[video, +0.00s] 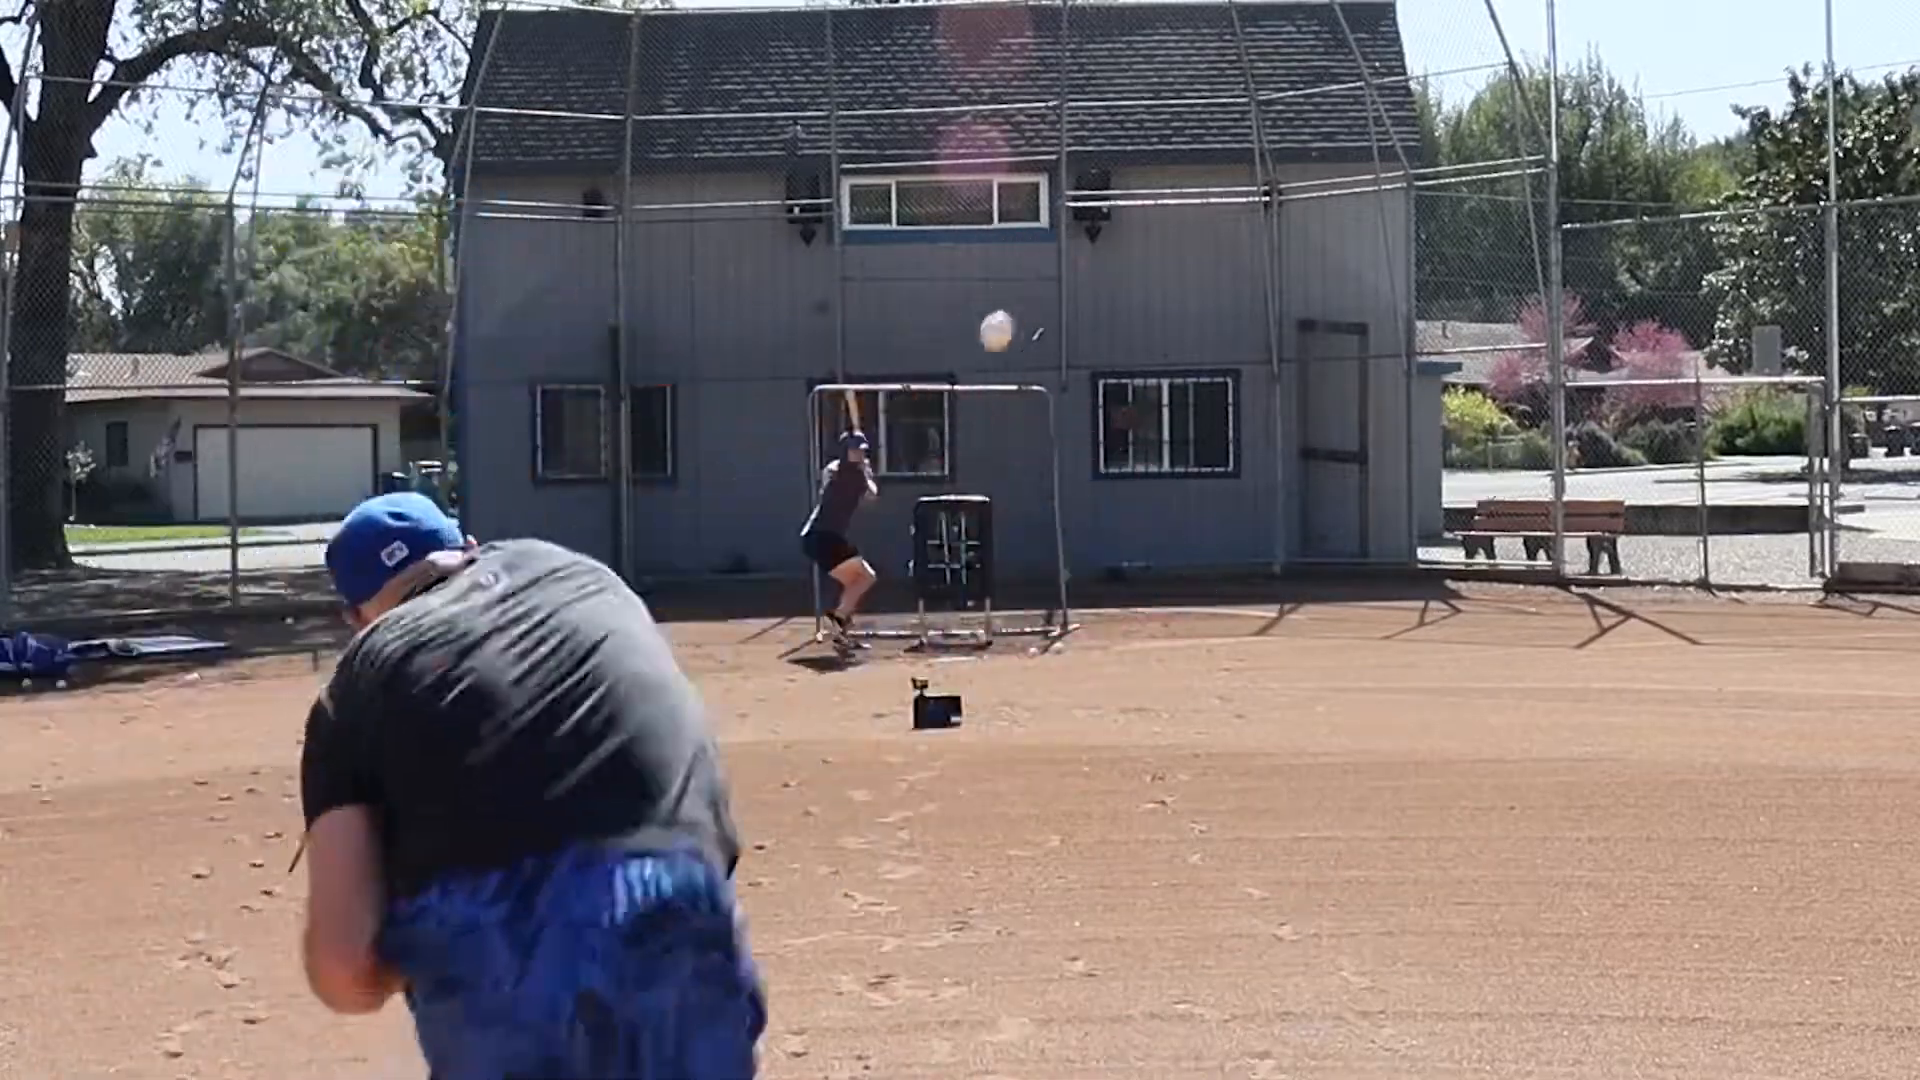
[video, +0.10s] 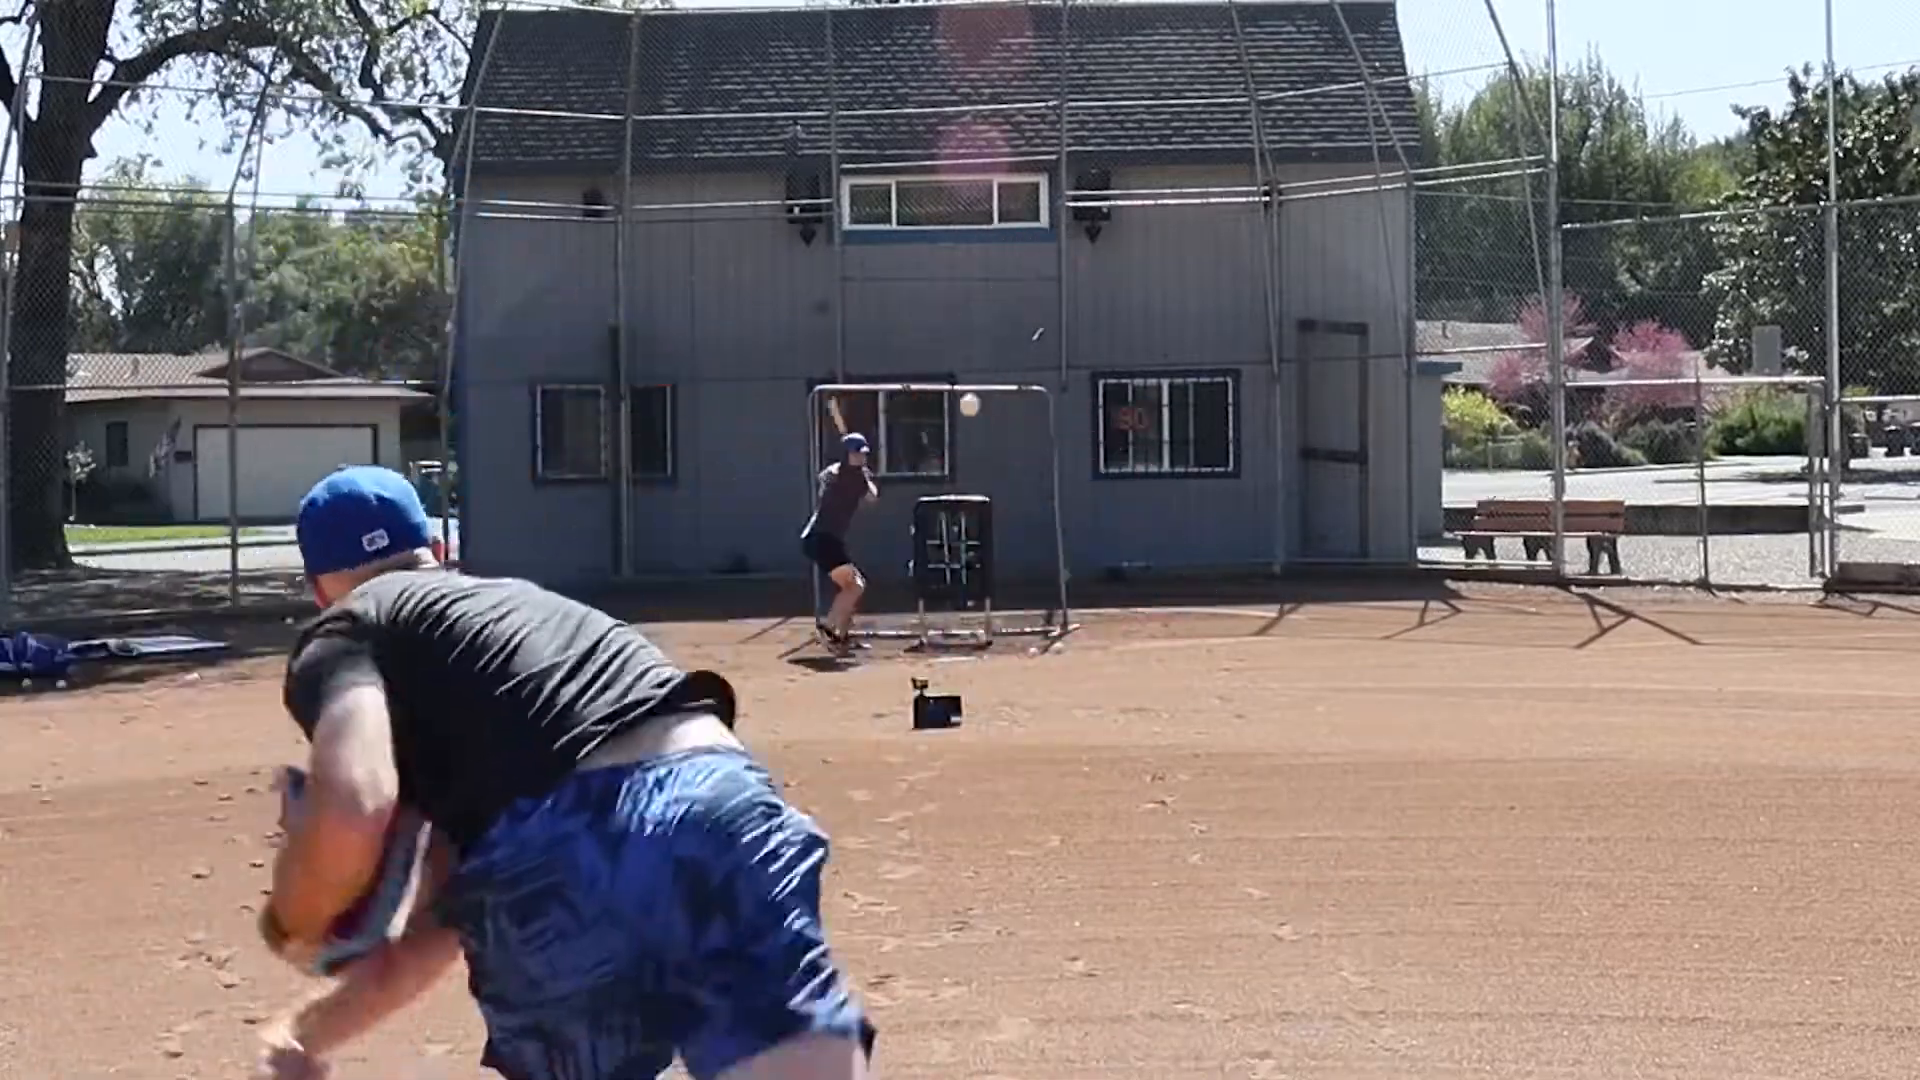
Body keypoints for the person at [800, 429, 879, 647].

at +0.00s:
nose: (861, 455)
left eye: (862, 451)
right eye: (856, 451)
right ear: (848, 452)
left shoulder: (833, 468)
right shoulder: (857, 474)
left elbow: (830, 467)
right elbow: (873, 492)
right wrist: (866, 472)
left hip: (813, 535)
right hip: (827, 536)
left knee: (852, 581)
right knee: (866, 576)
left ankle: (841, 632)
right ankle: (841, 614)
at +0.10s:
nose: (862, 458)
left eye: (863, 454)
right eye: (858, 453)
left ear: (863, 455)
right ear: (849, 453)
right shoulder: (852, 475)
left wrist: (863, 475)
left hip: (830, 537)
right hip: (822, 537)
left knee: (854, 585)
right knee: (853, 584)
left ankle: (842, 632)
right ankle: (830, 625)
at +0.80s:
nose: (853, 469)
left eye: (858, 465)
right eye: (850, 463)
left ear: (864, 469)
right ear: (843, 465)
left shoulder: (855, 487)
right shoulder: (837, 490)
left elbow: (817, 492)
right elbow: (800, 502)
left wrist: (815, 497)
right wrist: (815, 522)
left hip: (844, 551)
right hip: (820, 548)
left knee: (843, 609)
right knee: (810, 595)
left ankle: (855, 630)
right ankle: (801, 645)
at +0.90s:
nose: (857, 469)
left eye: (862, 465)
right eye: (854, 463)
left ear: (867, 469)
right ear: (847, 465)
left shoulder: (861, 489)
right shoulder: (836, 493)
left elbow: (828, 491)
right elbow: (815, 523)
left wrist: (801, 491)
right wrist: (793, 503)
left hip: (845, 552)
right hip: (820, 548)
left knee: (843, 609)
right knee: (811, 595)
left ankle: (853, 630)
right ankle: (802, 644)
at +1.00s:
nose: (858, 469)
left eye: (863, 465)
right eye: (855, 464)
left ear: (868, 469)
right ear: (848, 465)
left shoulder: (865, 489)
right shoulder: (836, 491)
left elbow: (830, 488)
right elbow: (815, 515)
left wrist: (797, 482)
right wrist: (795, 494)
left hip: (847, 553)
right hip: (822, 548)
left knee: (845, 610)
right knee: (813, 595)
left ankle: (854, 631)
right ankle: (803, 643)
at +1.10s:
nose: (858, 470)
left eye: (863, 466)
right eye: (854, 465)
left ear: (868, 469)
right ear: (848, 466)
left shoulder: (868, 492)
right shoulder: (832, 489)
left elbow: (840, 492)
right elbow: (813, 514)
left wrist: (805, 489)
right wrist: (800, 499)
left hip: (848, 551)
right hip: (821, 547)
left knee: (845, 607)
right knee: (813, 594)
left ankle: (858, 629)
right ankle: (803, 642)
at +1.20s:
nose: (853, 448)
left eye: (853, 444)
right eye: (849, 443)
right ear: (839, 444)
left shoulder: (844, 475)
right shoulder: (828, 474)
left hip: (830, 532)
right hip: (824, 533)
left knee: (855, 581)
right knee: (856, 581)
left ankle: (837, 627)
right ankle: (834, 626)